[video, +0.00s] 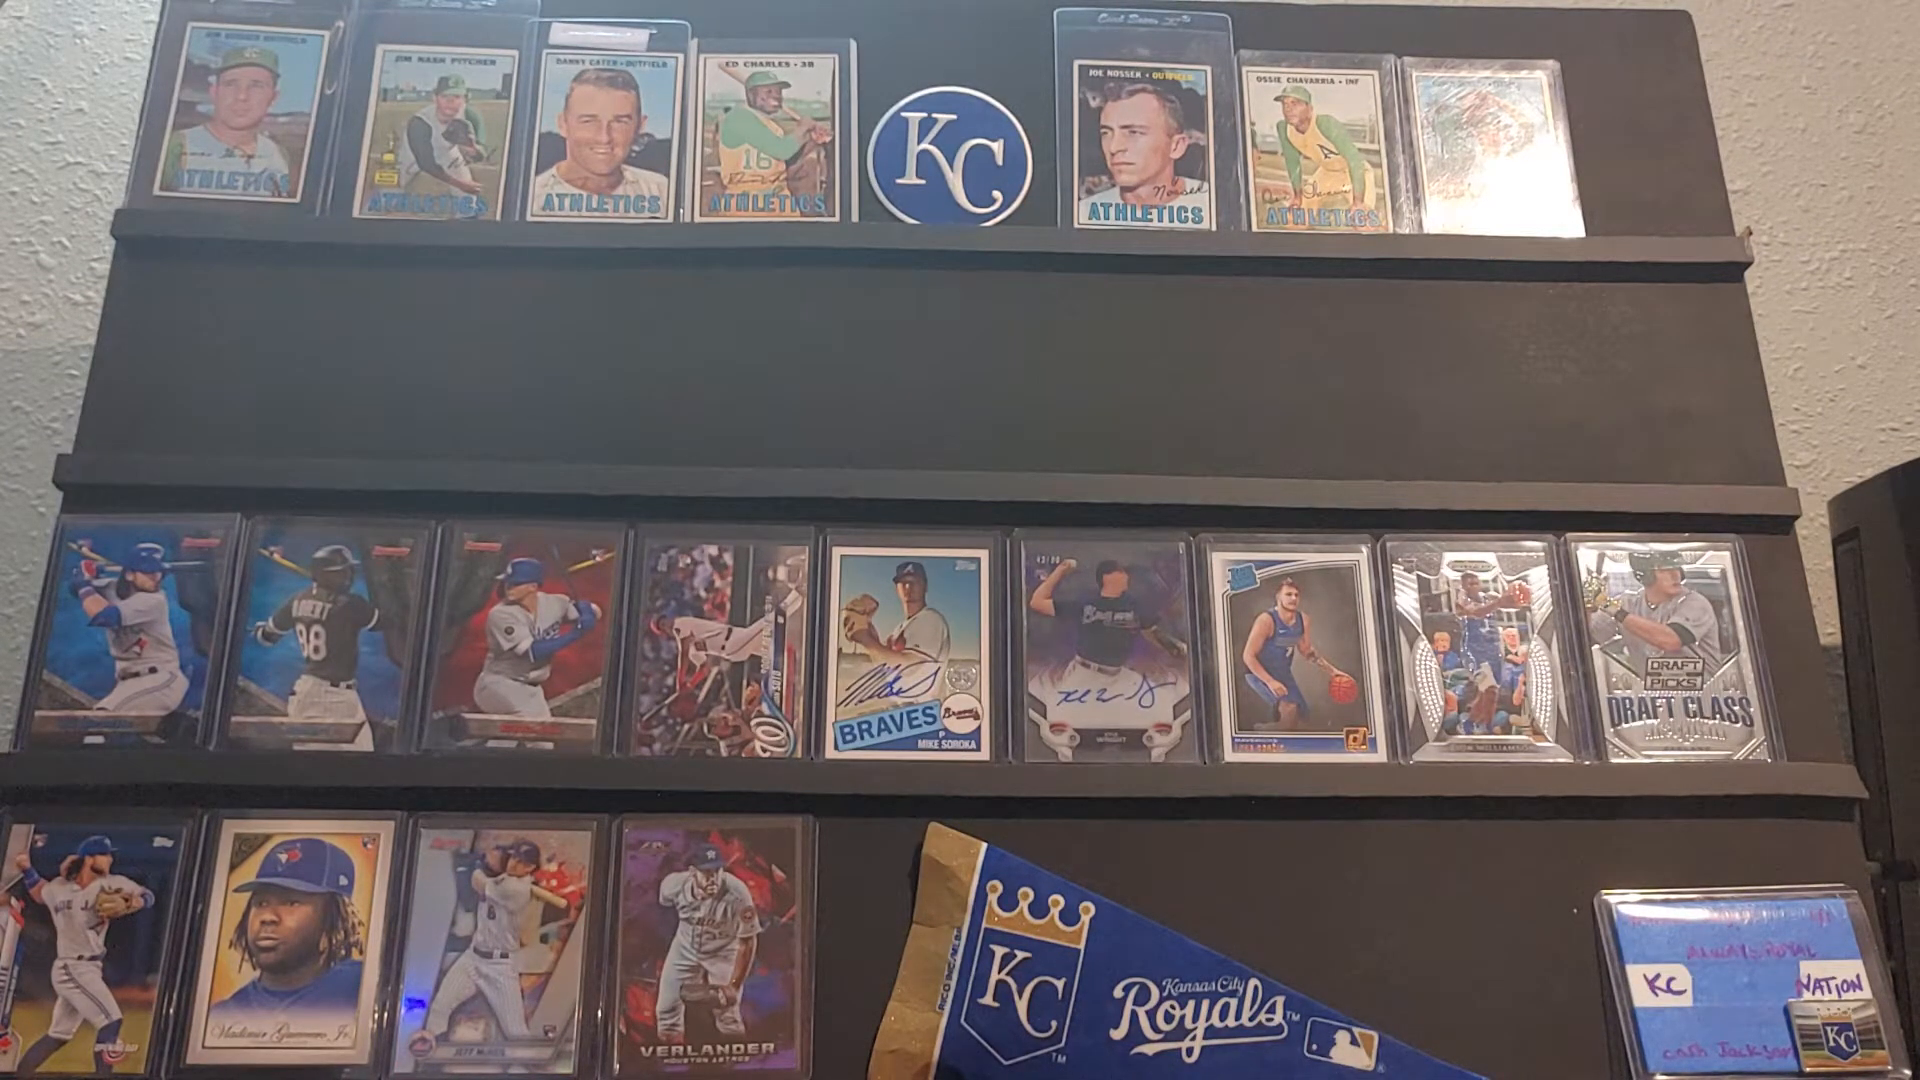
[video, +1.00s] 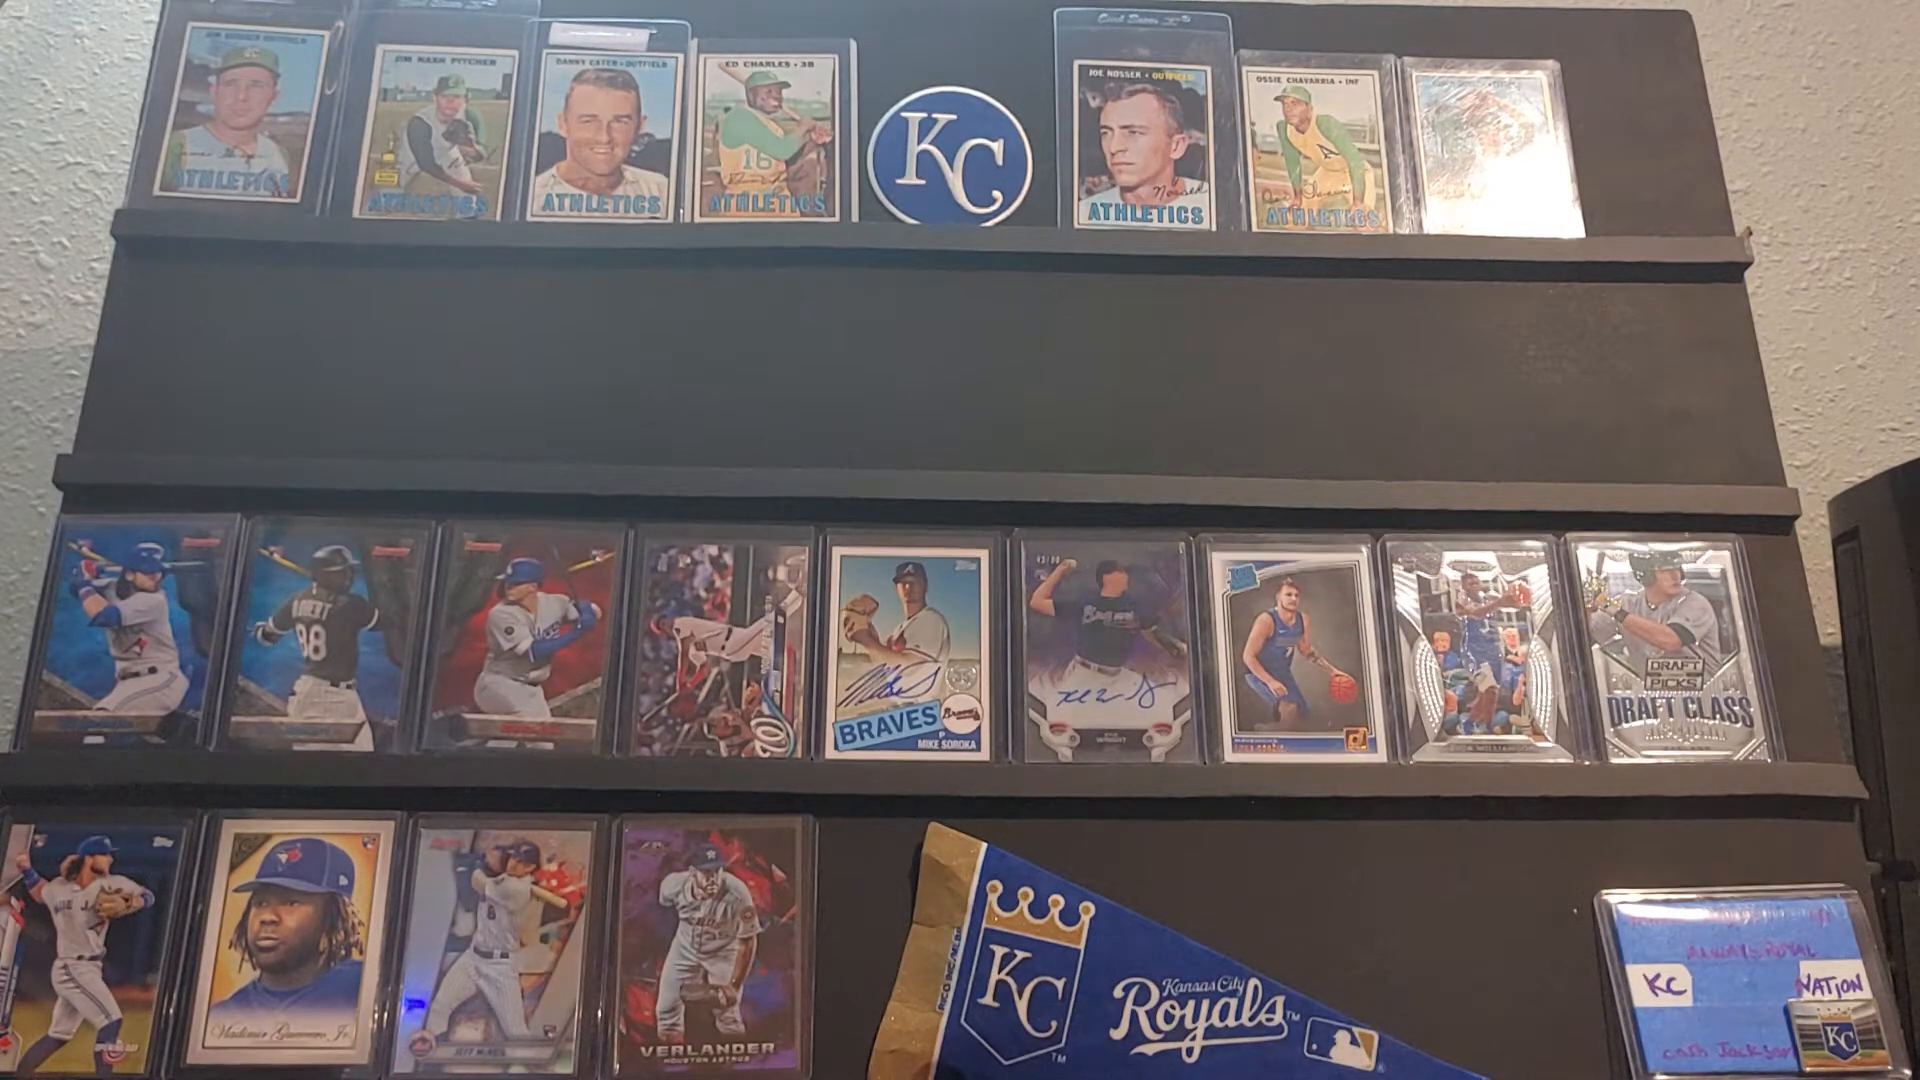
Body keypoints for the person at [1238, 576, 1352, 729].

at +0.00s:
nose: (1293, 599)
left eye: (1296, 595)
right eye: (1288, 595)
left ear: (1299, 598)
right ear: (1278, 598)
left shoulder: (1303, 619)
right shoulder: (1266, 620)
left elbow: (1306, 650)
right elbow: (1248, 656)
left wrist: (1333, 671)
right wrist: (1270, 681)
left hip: (1283, 672)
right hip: (1260, 671)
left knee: (1301, 713)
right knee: (1289, 706)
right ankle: (1284, 748)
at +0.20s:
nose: (1293, 599)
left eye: (1296, 595)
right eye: (1288, 595)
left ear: (1299, 598)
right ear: (1278, 598)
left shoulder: (1303, 619)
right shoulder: (1266, 620)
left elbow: (1306, 650)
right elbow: (1248, 656)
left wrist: (1333, 671)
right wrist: (1270, 681)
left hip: (1283, 672)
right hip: (1260, 672)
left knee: (1301, 713)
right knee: (1289, 706)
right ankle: (1283, 749)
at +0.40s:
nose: (1293, 599)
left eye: (1296, 595)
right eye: (1288, 595)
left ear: (1299, 598)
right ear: (1278, 598)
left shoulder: (1303, 619)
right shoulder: (1266, 620)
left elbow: (1307, 650)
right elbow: (1248, 656)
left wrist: (1333, 671)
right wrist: (1270, 681)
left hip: (1283, 672)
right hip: (1260, 672)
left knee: (1301, 713)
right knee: (1289, 706)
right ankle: (1283, 749)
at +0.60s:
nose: (1293, 599)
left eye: (1296, 595)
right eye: (1288, 595)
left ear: (1299, 598)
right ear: (1278, 598)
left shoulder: (1303, 619)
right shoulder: (1266, 620)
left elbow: (1307, 650)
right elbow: (1248, 656)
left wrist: (1333, 671)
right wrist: (1270, 681)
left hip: (1283, 672)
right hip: (1260, 672)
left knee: (1301, 713)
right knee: (1289, 706)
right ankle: (1283, 749)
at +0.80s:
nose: (1293, 599)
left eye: (1296, 595)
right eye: (1288, 594)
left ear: (1299, 598)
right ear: (1278, 597)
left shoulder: (1302, 619)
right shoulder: (1266, 620)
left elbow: (1306, 650)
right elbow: (1248, 656)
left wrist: (1332, 671)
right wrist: (1270, 681)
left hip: (1283, 671)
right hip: (1260, 671)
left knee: (1300, 712)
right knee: (1289, 706)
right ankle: (1285, 748)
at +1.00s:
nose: (1293, 599)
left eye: (1296, 595)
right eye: (1288, 595)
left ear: (1299, 598)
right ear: (1278, 597)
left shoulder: (1302, 619)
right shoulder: (1266, 620)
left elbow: (1306, 650)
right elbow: (1248, 656)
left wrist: (1332, 671)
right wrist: (1270, 681)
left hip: (1283, 672)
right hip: (1260, 672)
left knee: (1301, 712)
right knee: (1289, 706)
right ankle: (1284, 750)